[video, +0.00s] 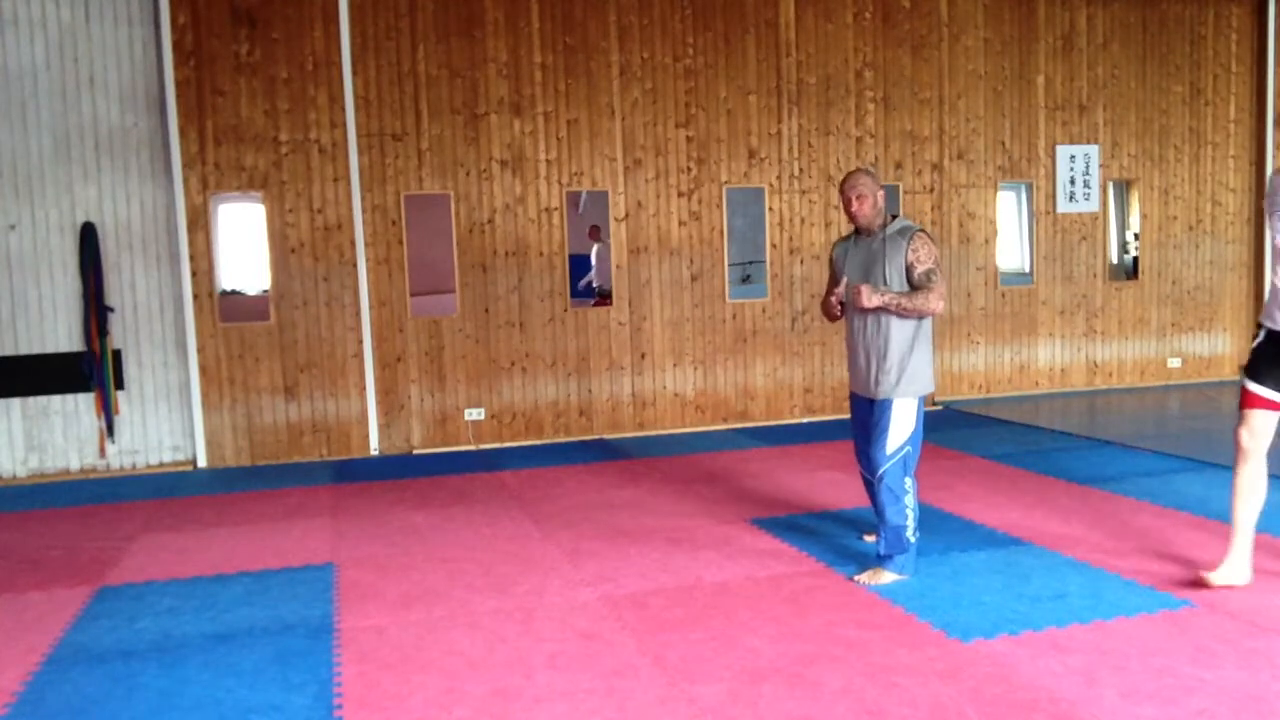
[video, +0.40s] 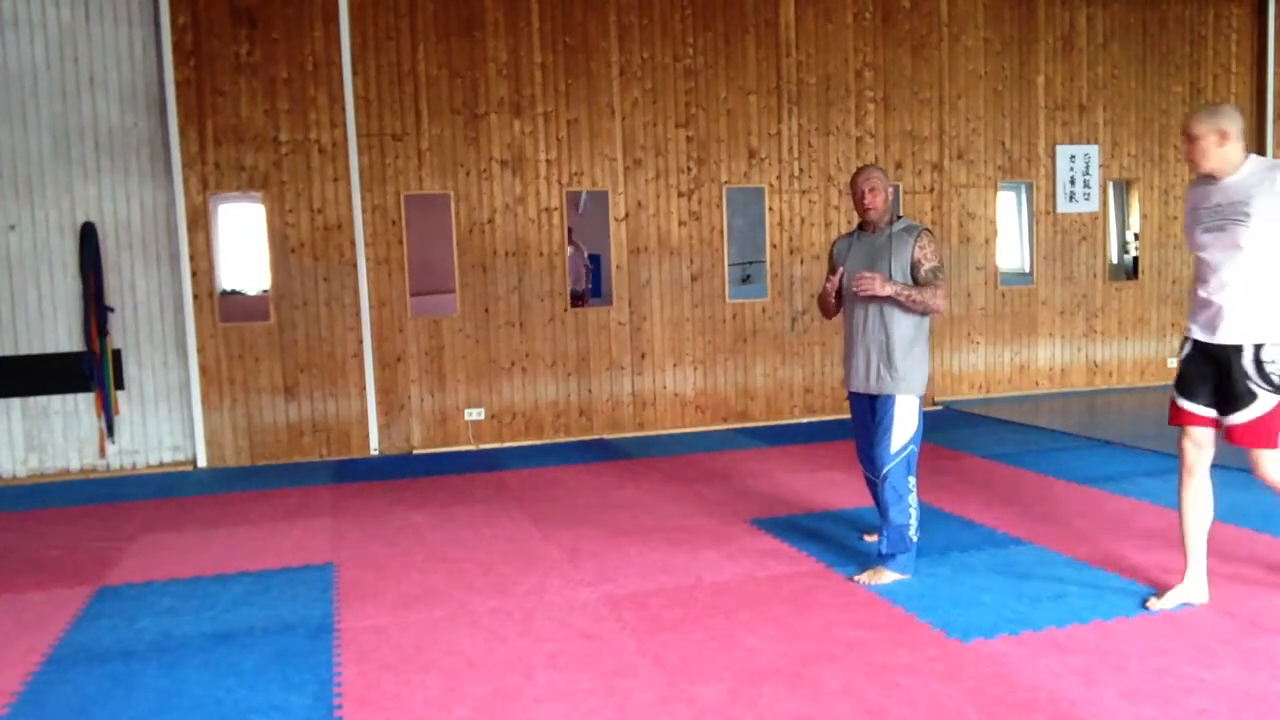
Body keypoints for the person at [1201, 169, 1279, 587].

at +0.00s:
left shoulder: (1272, 189)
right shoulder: (1274, 188)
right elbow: (1274, 262)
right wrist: (1261, 328)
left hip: (1273, 330)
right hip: (1273, 327)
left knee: (1252, 441)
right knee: (1250, 440)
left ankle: (1239, 559)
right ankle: (1238, 559)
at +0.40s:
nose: (1187, 149)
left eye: (1195, 140)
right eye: (1187, 140)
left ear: (1227, 139)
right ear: (1211, 142)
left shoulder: (1271, 179)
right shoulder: (1197, 195)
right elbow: (1206, 267)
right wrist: (1197, 331)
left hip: (1257, 345)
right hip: (1202, 344)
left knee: (1269, 468)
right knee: (1193, 456)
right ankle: (1194, 581)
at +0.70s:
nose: (1142, 146)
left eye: (1147, 136)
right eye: (1141, 136)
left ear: (1180, 132)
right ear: (1168, 135)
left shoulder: (1243, 178)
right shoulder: (1163, 188)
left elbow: (1277, 252)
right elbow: (1170, 265)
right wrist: (1130, 312)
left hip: (1215, 341)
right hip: (1172, 340)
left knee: (1190, 463)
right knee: (1180, 465)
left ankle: (1198, 599)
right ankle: (1192, 584)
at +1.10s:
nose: (1111, 141)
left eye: (1114, 130)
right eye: (1112, 131)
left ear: (1139, 126)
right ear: (1148, 125)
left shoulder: (1193, 174)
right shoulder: (1161, 180)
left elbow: (1223, 273)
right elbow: (1162, 267)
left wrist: (1184, 367)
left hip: (1169, 352)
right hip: (1146, 347)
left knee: (1151, 474)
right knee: (1154, 463)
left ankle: (1157, 624)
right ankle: (1189, 569)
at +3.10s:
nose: (1076, 132)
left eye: (1082, 120)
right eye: (1076, 121)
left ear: (1110, 117)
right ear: (1115, 117)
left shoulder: (1146, 157)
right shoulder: (1132, 163)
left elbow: (1230, 207)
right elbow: (1218, 207)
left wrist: (1182, 276)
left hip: (1140, 338)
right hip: (1136, 337)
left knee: (1152, 478)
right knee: (1151, 474)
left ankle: (1160, 625)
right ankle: (1167, 593)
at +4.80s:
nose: (1079, 132)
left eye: (1087, 121)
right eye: (1080, 121)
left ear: (1121, 122)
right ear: (1118, 122)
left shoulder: (1148, 156)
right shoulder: (1131, 164)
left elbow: (1223, 211)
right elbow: (1225, 213)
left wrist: (1164, 268)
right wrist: (1155, 271)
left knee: (1157, 477)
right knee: (1123, 472)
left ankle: (1161, 625)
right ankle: (1147, 603)